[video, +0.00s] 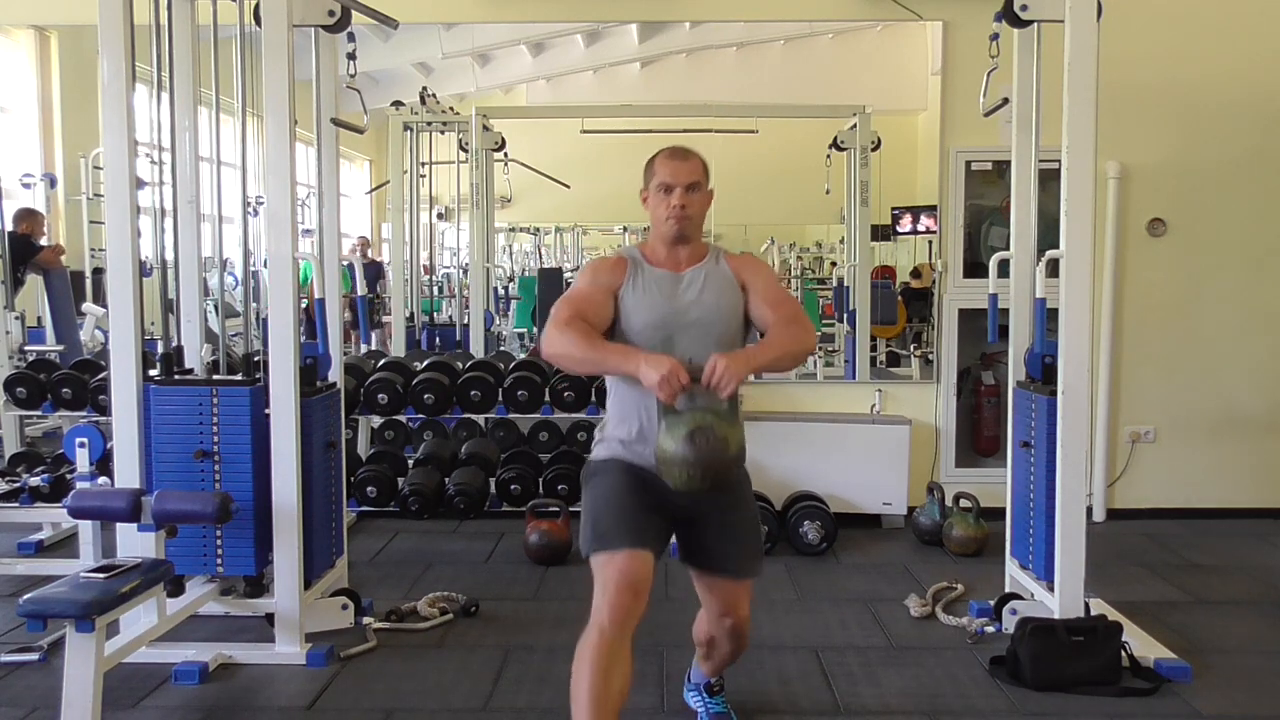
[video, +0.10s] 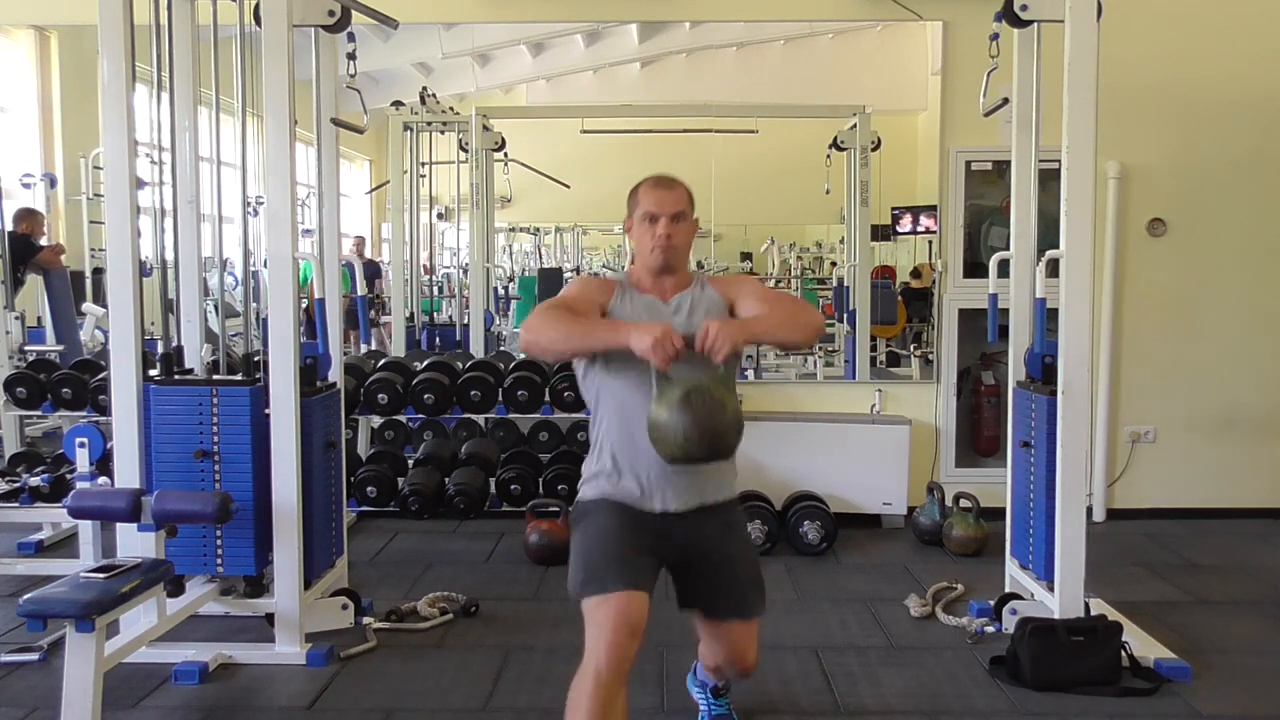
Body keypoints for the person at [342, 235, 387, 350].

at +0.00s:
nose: (360, 248)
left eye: (363, 245)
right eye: (358, 245)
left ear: (369, 246)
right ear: (355, 247)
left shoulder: (377, 265)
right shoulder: (350, 266)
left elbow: (382, 286)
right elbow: (346, 288)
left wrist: (383, 304)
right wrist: (346, 309)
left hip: (372, 300)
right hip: (355, 301)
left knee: (378, 334)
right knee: (355, 336)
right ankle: (355, 361)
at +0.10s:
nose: (356, 248)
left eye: (359, 245)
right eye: (354, 245)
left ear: (364, 246)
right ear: (351, 247)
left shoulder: (373, 265)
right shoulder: (347, 265)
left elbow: (378, 287)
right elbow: (344, 287)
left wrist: (377, 307)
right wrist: (342, 308)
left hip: (369, 303)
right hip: (352, 303)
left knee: (377, 336)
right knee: (354, 338)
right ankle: (356, 361)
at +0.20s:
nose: (352, 247)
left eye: (355, 245)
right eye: (350, 245)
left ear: (361, 246)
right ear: (348, 246)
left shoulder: (370, 265)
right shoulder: (345, 265)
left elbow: (376, 287)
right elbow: (342, 286)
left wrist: (373, 306)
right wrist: (343, 305)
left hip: (366, 304)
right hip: (351, 304)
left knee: (371, 337)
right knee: (353, 338)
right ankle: (355, 362)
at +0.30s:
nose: (350, 248)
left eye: (353, 245)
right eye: (348, 245)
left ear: (358, 246)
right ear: (346, 246)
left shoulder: (367, 264)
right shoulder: (343, 264)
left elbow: (374, 285)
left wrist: (371, 305)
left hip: (363, 302)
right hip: (348, 302)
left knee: (366, 335)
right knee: (352, 335)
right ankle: (355, 360)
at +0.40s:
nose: (346, 248)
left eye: (349, 245)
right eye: (344, 245)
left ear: (356, 246)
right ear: (342, 246)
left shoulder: (364, 265)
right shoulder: (340, 264)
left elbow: (370, 287)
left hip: (359, 303)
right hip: (345, 303)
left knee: (358, 335)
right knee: (349, 335)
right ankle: (352, 357)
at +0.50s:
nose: (343, 248)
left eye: (346, 245)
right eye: (342, 245)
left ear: (353, 246)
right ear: (341, 246)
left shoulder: (360, 263)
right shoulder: (339, 263)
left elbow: (369, 281)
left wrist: (373, 294)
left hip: (356, 302)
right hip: (341, 301)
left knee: (352, 334)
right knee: (342, 334)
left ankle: (353, 362)